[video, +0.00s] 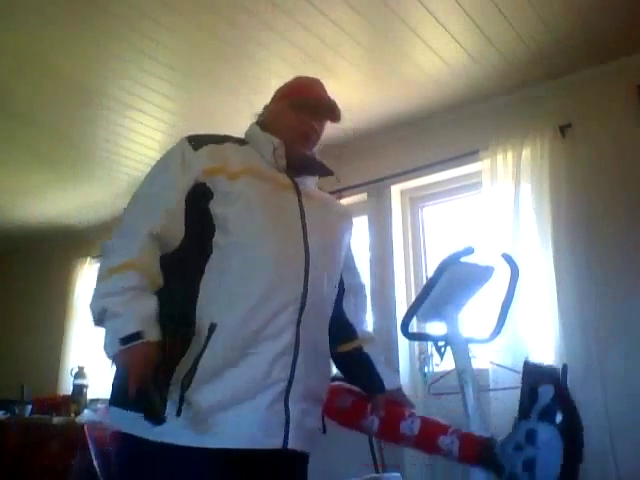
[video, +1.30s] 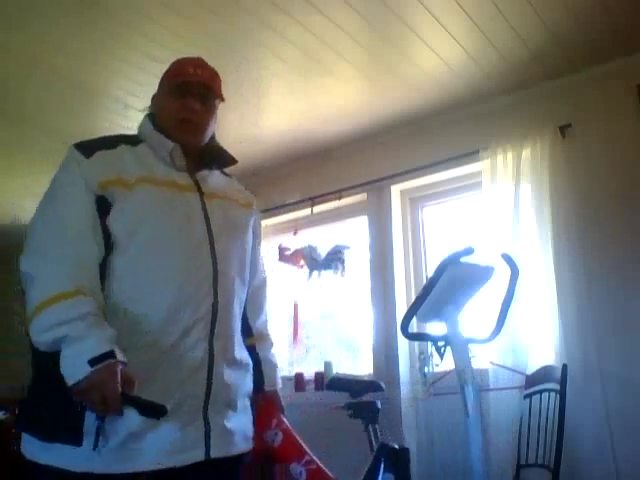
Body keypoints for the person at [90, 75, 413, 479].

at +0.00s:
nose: (316, 127)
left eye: (323, 121)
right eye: (307, 112)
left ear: (325, 131)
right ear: (273, 110)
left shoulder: (331, 215)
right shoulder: (201, 159)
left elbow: (343, 320)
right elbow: (129, 249)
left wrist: (380, 390)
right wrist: (132, 335)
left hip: (286, 436)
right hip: (183, 428)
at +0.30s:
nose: (269, 119)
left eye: (282, 110)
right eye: (257, 106)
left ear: (293, 122)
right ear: (231, 111)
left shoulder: (312, 206)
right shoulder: (164, 172)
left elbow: (337, 304)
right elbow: (104, 268)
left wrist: (373, 376)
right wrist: (86, 356)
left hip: (275, 437)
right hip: (167, 430)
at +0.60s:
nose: (210, 106)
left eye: (223, 97)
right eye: (198, 93)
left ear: (235, 111)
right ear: (174, 102)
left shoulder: (262, 194)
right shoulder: (104, 171)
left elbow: (291, 299)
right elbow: (49, 272)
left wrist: (318, 379)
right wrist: (42, 350)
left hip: (226, 437)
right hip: (110, 435)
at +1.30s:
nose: (192, 100)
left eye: (205, 96)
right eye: (180, 89)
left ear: (217, 113)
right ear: (155, 99)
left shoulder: (240, 201)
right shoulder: (94, 166)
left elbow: (253, 307)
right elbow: (57, 265)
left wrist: (266, 386)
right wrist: (87, 352)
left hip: (221, 439)